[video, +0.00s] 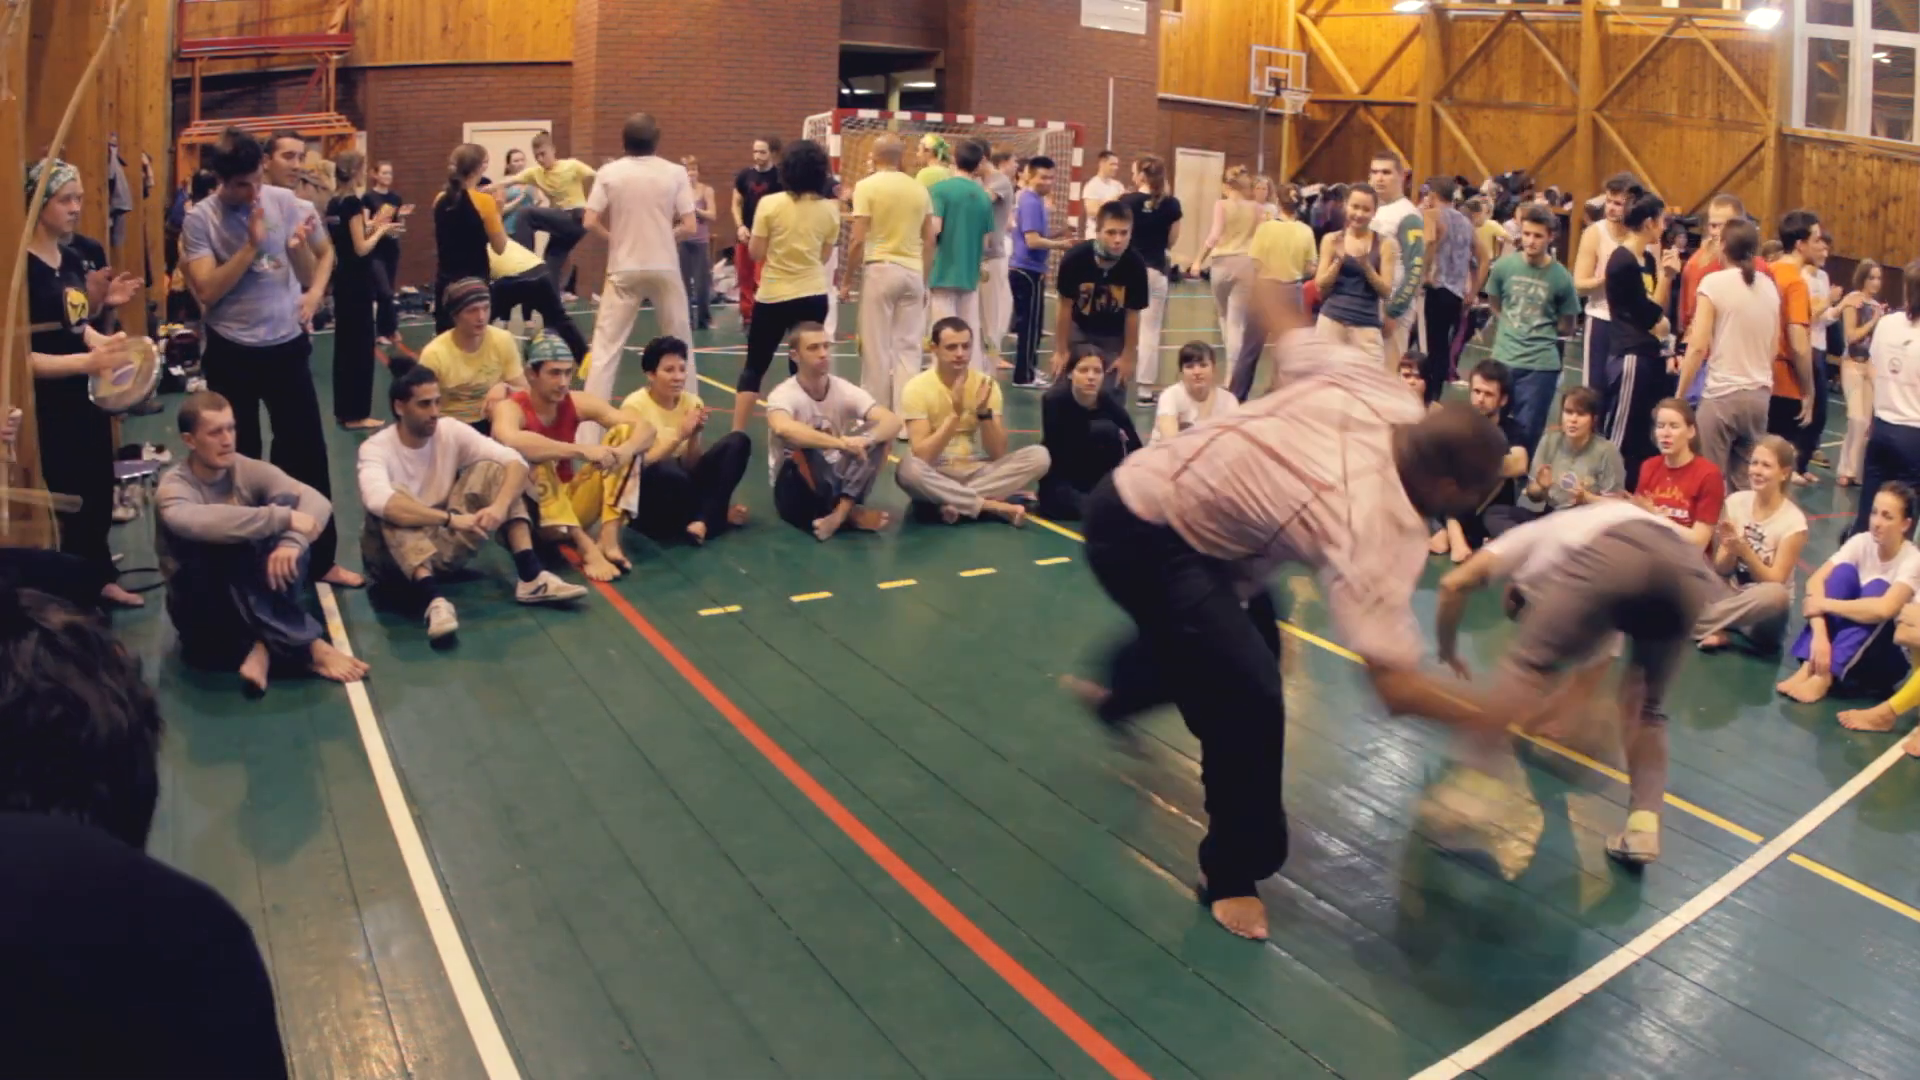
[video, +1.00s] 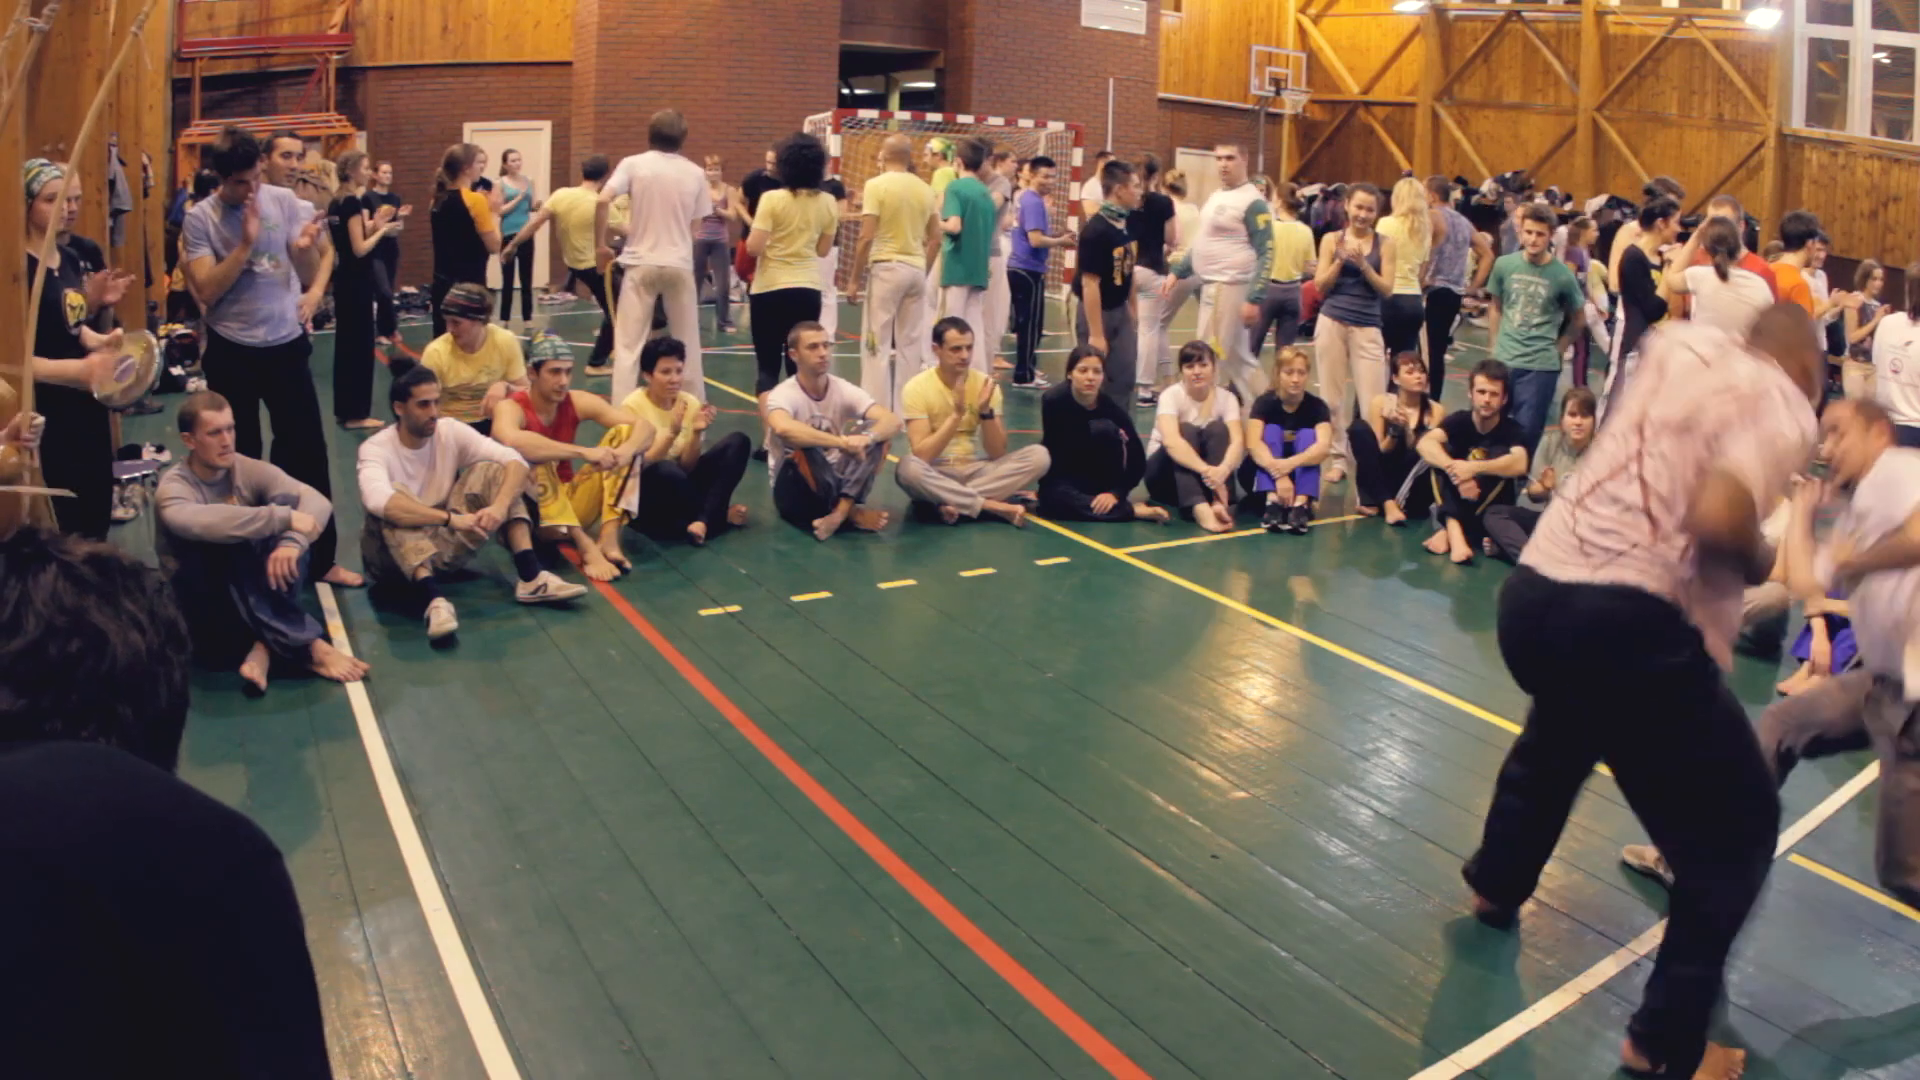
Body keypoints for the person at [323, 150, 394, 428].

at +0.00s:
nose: (369, 174)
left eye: (368, 169)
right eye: (367, 170)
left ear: (342, 171)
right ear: (358, 172)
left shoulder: (334, 203)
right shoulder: (354, 204)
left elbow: (345, 244)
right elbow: (361, 248)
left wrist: (370, 228)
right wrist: (381, 230)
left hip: (342, 279)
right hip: (358, 281)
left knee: (347, 342)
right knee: (361, 344)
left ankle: (346, 411)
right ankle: (356, 414)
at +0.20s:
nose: (370, 174)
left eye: (369, 169)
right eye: (368, 169)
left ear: (343, 170)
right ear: (359, 171)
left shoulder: (333, 203)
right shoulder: (354, 203)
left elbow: (345, 245)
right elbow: (361, 247)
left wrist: (370, 226)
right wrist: (380, 229)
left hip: (342, 281)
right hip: (358, 283)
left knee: (347, 343)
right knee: (361, 346)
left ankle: (346, 411)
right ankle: (356, 414)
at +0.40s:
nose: (369, 174)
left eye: (368, 169)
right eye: (367, 169)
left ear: (343, 172)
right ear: (357, 172)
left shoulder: (333, 202)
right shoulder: (355, 203)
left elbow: (339, 246)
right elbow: (363, 247)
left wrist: (368, 226)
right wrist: (378, 228)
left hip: (341, 279)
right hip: (358, 281)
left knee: (347, 342)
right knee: (360, 344)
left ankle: (345, 411)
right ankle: (356, 414)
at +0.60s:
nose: (368, 174)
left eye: (367, 168)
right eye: (365, 169)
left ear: (344, 172)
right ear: (354, 172)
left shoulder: (335, 202)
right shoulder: (355, 204)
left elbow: (351, 238)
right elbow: (359, 249)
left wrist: (381, 224)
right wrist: (382, 235)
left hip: (342, 280)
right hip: (358, 282)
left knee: (348, 343)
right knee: (361, 345)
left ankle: (346, 410)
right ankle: (356, 414)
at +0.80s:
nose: (371, 174)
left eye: (371, 169)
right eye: (367, 169)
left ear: (351, 172)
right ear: (353, 171)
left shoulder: (339, 203)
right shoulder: (352, 203)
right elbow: (358, 247)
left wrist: (373, 227)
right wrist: (379, 231)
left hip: (346, 282)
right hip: (357, 284)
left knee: (351, 343)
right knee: (360, 345)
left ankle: (348, 411)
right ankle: (355, 414)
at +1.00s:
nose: (371, 173)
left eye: (370, 169)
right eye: (367, 169)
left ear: (351, 171)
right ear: (353, 171)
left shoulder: (338, 202)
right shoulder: (352, 203)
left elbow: (353, 239)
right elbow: (359, 247)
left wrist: (373, 225)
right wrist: (382, 231)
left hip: (345, 280)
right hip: (357, 283)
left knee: (350, 342)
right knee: (360, 344)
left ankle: (348, 411)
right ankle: (355, 414)